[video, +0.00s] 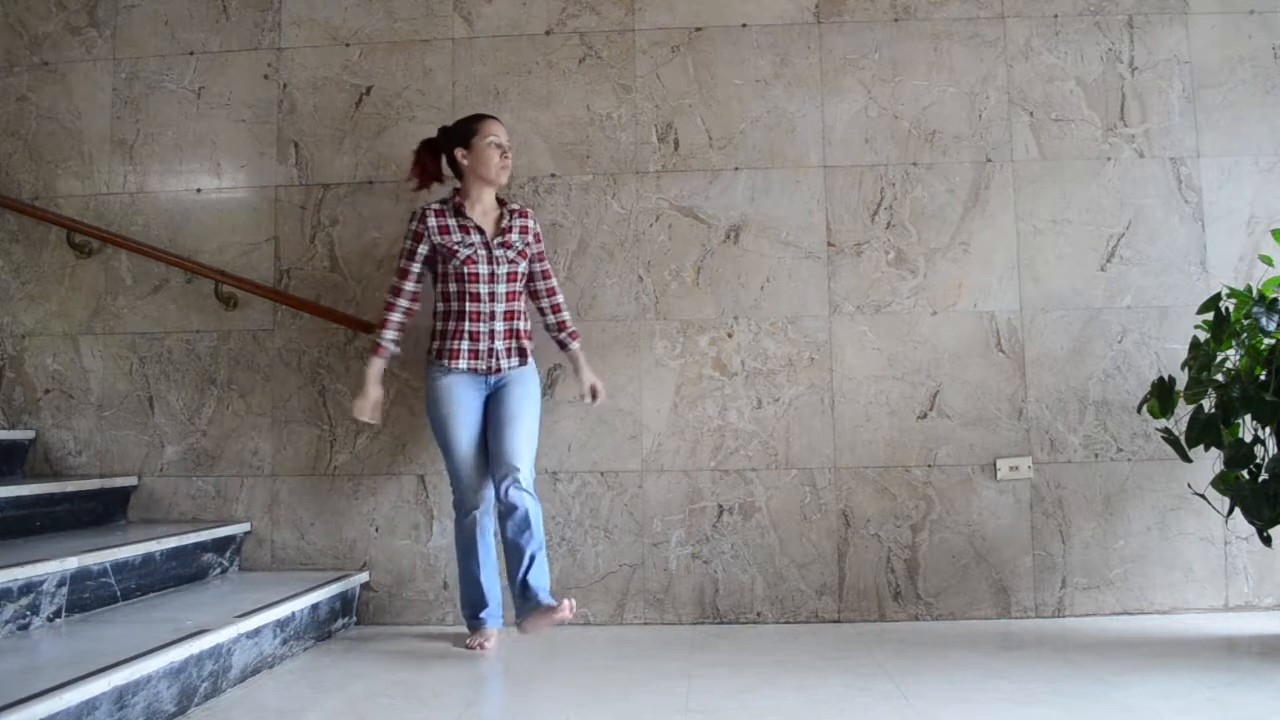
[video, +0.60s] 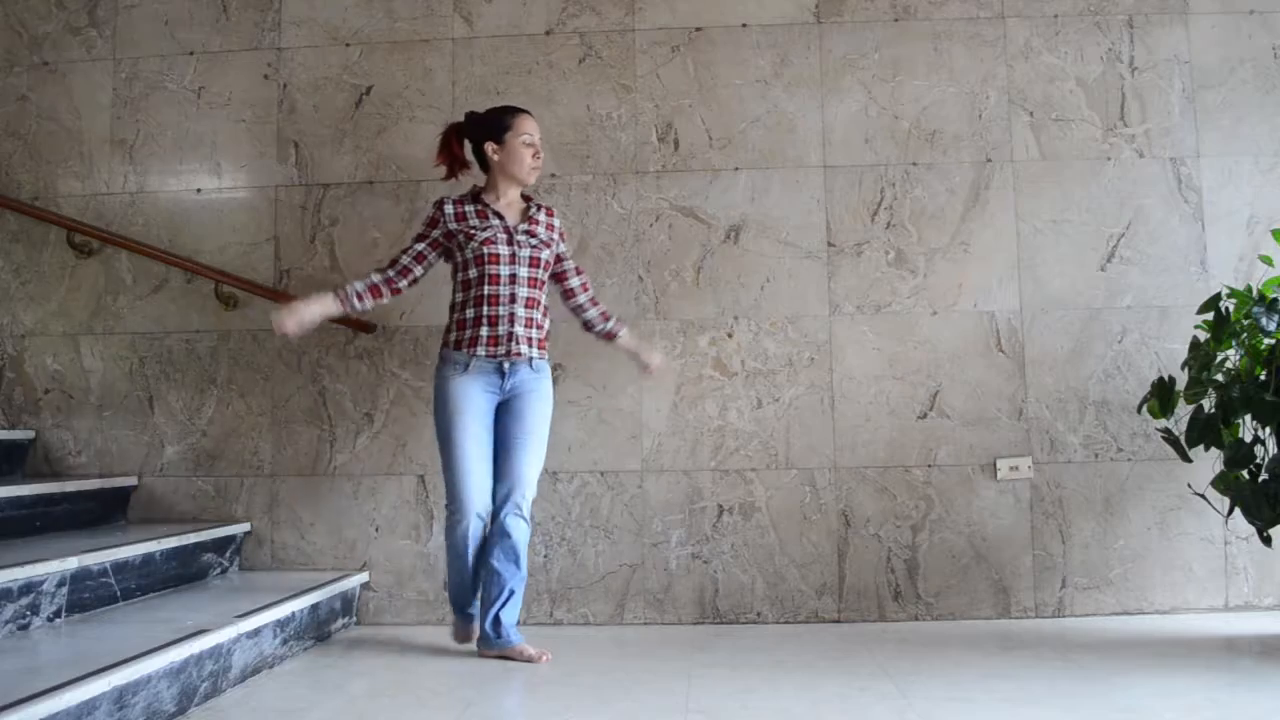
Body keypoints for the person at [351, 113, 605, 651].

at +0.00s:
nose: (507, 155)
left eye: (508, 148)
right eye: (496, 147)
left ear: (502, 160)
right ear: (461, 156)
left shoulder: (522, 221)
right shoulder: (432, 219)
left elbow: (547, 294)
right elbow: (403, 297)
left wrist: (580, 361)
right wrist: (373, 373)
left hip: (517, 369)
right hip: (455, 372)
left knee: (515, 479)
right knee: (472, 496)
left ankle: (535, 603)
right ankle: (483, 621)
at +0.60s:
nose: (539, 155)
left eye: (540, 146)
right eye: (528, 145)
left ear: (520, 154)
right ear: (493, 151)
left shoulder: (546, 224)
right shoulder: (453, 214)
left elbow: (580, 297)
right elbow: (397, 276)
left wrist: (629, 342)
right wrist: (326, 303)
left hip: (531, 374)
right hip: (467, 372)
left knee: (517, 502)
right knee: (470, 506)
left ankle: (501, 631)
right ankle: (466, 608)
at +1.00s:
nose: (544, 157)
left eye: (547, 148)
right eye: (534, 147)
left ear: (544, 153)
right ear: (498, 150)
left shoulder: (551, 214)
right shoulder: (470, 212)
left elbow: (570, 290)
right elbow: (435, 282)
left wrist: (621, 325)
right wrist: (393, 335)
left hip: (543, 370)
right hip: (484, 365)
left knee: (527, 503)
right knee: (484, 494)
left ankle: (500, 633)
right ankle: (422, 621)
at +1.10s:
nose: (546, 158)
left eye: (550, 149)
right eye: (536, 147)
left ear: (546, 155)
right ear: (500, 148)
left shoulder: (548, 218)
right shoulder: (474, 215)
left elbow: (560, 294)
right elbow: (471, 302)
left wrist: (577, 352)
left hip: (547, 368)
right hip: (493, 365)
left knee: (535, 501)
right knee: (502, 491)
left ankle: (501, 632)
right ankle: (427, 615)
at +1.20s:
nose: (554, 162)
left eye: (559, 153)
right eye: (545, 149)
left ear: (555, 160)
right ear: (509, 149)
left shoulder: (545, 224)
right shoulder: (482, 216)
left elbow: (557, 305)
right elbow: (503, 302)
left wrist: (572, 366)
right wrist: (556, 367)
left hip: (550, 374)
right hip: (499, 369)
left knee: (543, 500)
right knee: (536, 489)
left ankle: (502, 628)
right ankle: (460, 613)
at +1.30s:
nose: (567, 165)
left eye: (572, 158)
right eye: (559, 151)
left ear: (565, 163)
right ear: (525, 146)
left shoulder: (542, 221)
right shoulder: (497, 208)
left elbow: (544, 295)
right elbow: (530, 287)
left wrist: (558, 359)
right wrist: (598, 334)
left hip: (545, 373)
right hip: (505, 364)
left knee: (534, 499)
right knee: (566, 478)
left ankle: (502, 634)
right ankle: (526, 631)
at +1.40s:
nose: (584, 164)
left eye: (589, 156)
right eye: (578, 149)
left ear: (554, 151)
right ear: (543, 139)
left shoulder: (537, 201)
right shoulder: (516, 193)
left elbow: (545, 279)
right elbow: (553, 276)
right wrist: (606, 303)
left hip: (526, 360)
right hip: (512, 358)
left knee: (529, 499)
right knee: (573, 483)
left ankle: (497, 631)